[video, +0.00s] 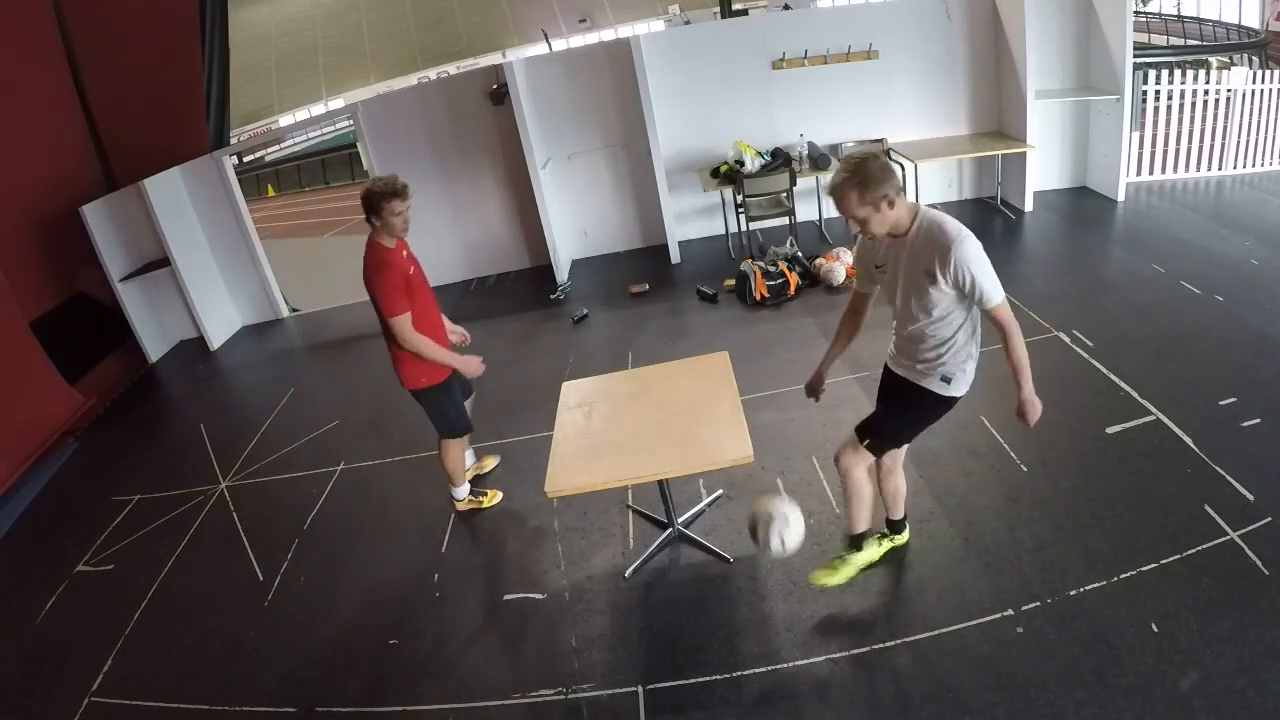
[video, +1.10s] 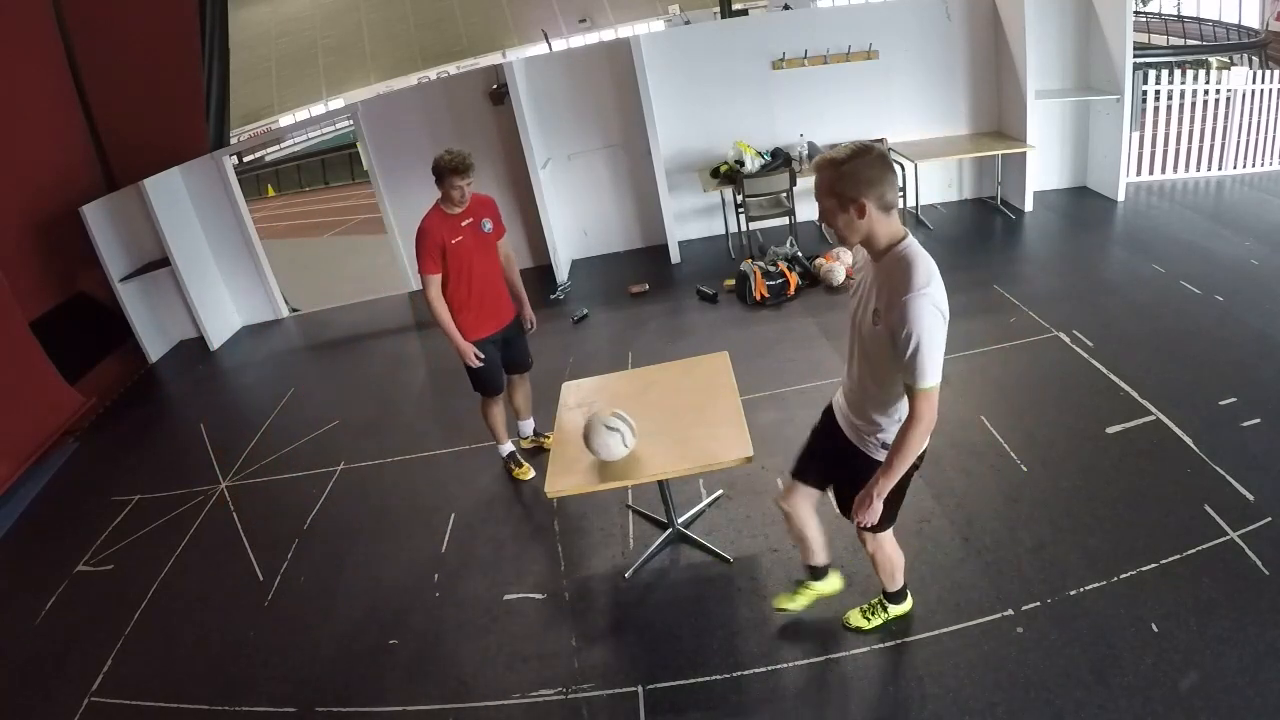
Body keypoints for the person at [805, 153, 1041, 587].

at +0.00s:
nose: (855, 230)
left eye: (860, 219)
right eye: (849, 221)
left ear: (889, 202)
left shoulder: (953, 244)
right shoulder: (873, 242)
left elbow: (1007, 323)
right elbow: (857, 308)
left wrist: (1027, 392)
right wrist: (823, 367)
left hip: (941, 378)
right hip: (900, 362)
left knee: (850, 457)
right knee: (889, 460)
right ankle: (896, 530)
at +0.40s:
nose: (833, 228)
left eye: (838, 216)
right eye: (828, 217)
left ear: (875, 206)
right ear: (870, 205)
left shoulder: (936, 262)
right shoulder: (855, 252)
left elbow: (983, 356)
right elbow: (855, 316)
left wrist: (989, 440)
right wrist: (836, 379)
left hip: (915, 415)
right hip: (869, 400)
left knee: (883, 513)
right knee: (869, 481)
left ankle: (899, 599)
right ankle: (888, 539)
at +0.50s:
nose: (830, 228)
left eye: (835, 218)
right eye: (827, 218)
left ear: (872, 212)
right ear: (870, 210)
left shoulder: (937, 275)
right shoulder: (860, 251)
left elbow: (976, 380)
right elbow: (860, 316)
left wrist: (974, 469)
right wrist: (837, 377)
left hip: (909, 426)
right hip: (860, 404)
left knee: (882, 523)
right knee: (829, 497)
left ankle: (899, 598)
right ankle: (880, 527)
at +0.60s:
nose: (825, 228)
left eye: (830, 217)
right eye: (824, 218)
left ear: (867, 214)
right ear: (866, 214)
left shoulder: (934, 285)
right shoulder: (877, 255)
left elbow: (969, 397)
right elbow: (866, 326)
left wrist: (951, 487)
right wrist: (841, 382)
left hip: (900, 433)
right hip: (856, 402)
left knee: (878, 527)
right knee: (795, 481)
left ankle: (898, 601)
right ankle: (836, 544)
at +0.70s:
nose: (821, 231)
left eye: (824, 220)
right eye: (819, 220)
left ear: (859, 217)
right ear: (859, 216)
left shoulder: (924, 291)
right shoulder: (877, 258)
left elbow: (958, 407)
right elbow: (864, 337)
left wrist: (925, 494)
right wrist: (837, 395)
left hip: (897, 436)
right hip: (858, 399)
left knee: (879, 528)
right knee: (767, 441)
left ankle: (898, 601)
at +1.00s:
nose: (820, 218)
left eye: (824, 207)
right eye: (819, 207)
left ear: (860, 209)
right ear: (862, 207)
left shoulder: (916, 294)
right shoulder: (883, 254)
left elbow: (928, 417)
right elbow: (871, 344)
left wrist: (882, 489)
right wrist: (839, 389)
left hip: (881, 441)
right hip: (845, 400)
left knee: (874, 531)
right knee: (757, 456)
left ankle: (897, 601)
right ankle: (775, 553)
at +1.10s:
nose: (822, 220)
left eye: (825, 208)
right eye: (820, 208)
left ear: (859, 208)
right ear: (865, 205)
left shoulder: (917, 299)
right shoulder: (883, 254)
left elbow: (924, 417)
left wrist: (880, 487)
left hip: (885, 442)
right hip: (847, 411)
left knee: (872, 531)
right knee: (794, 497)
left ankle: (897, 599)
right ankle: (821, 574)